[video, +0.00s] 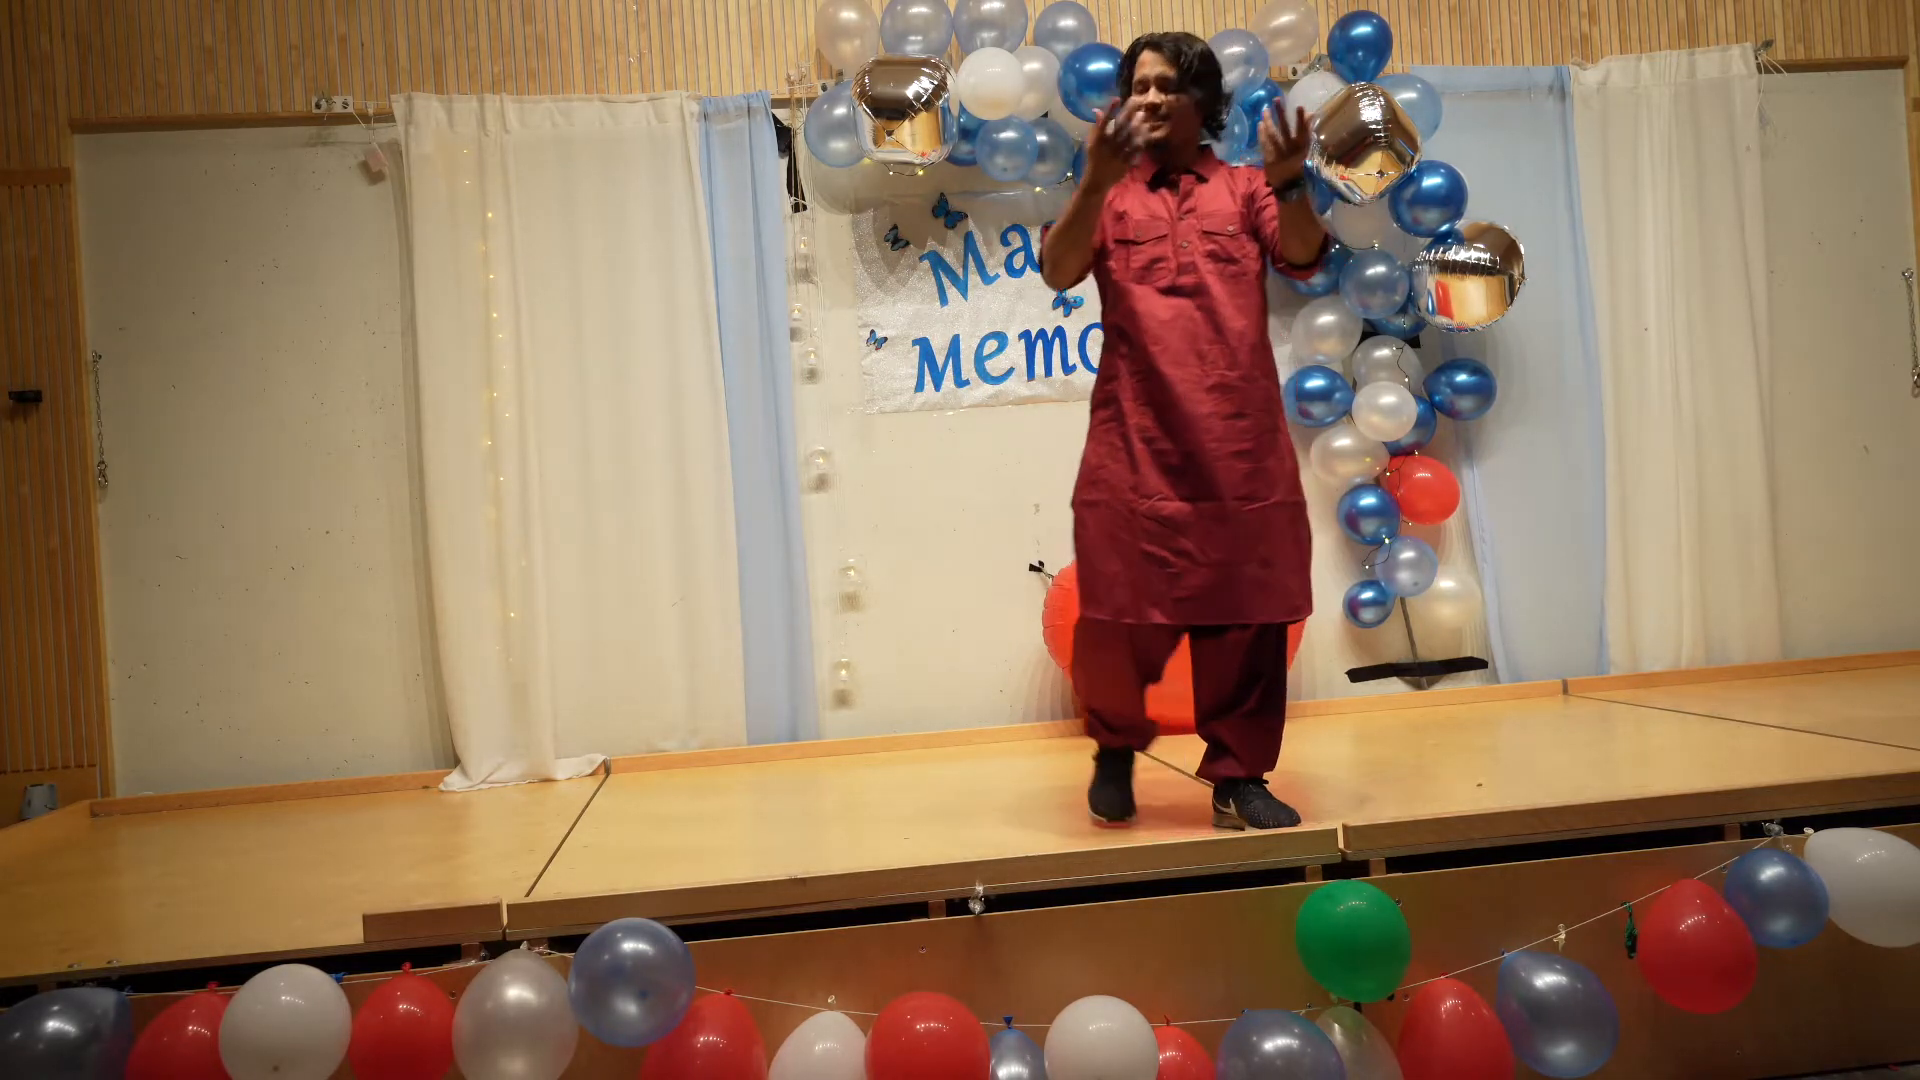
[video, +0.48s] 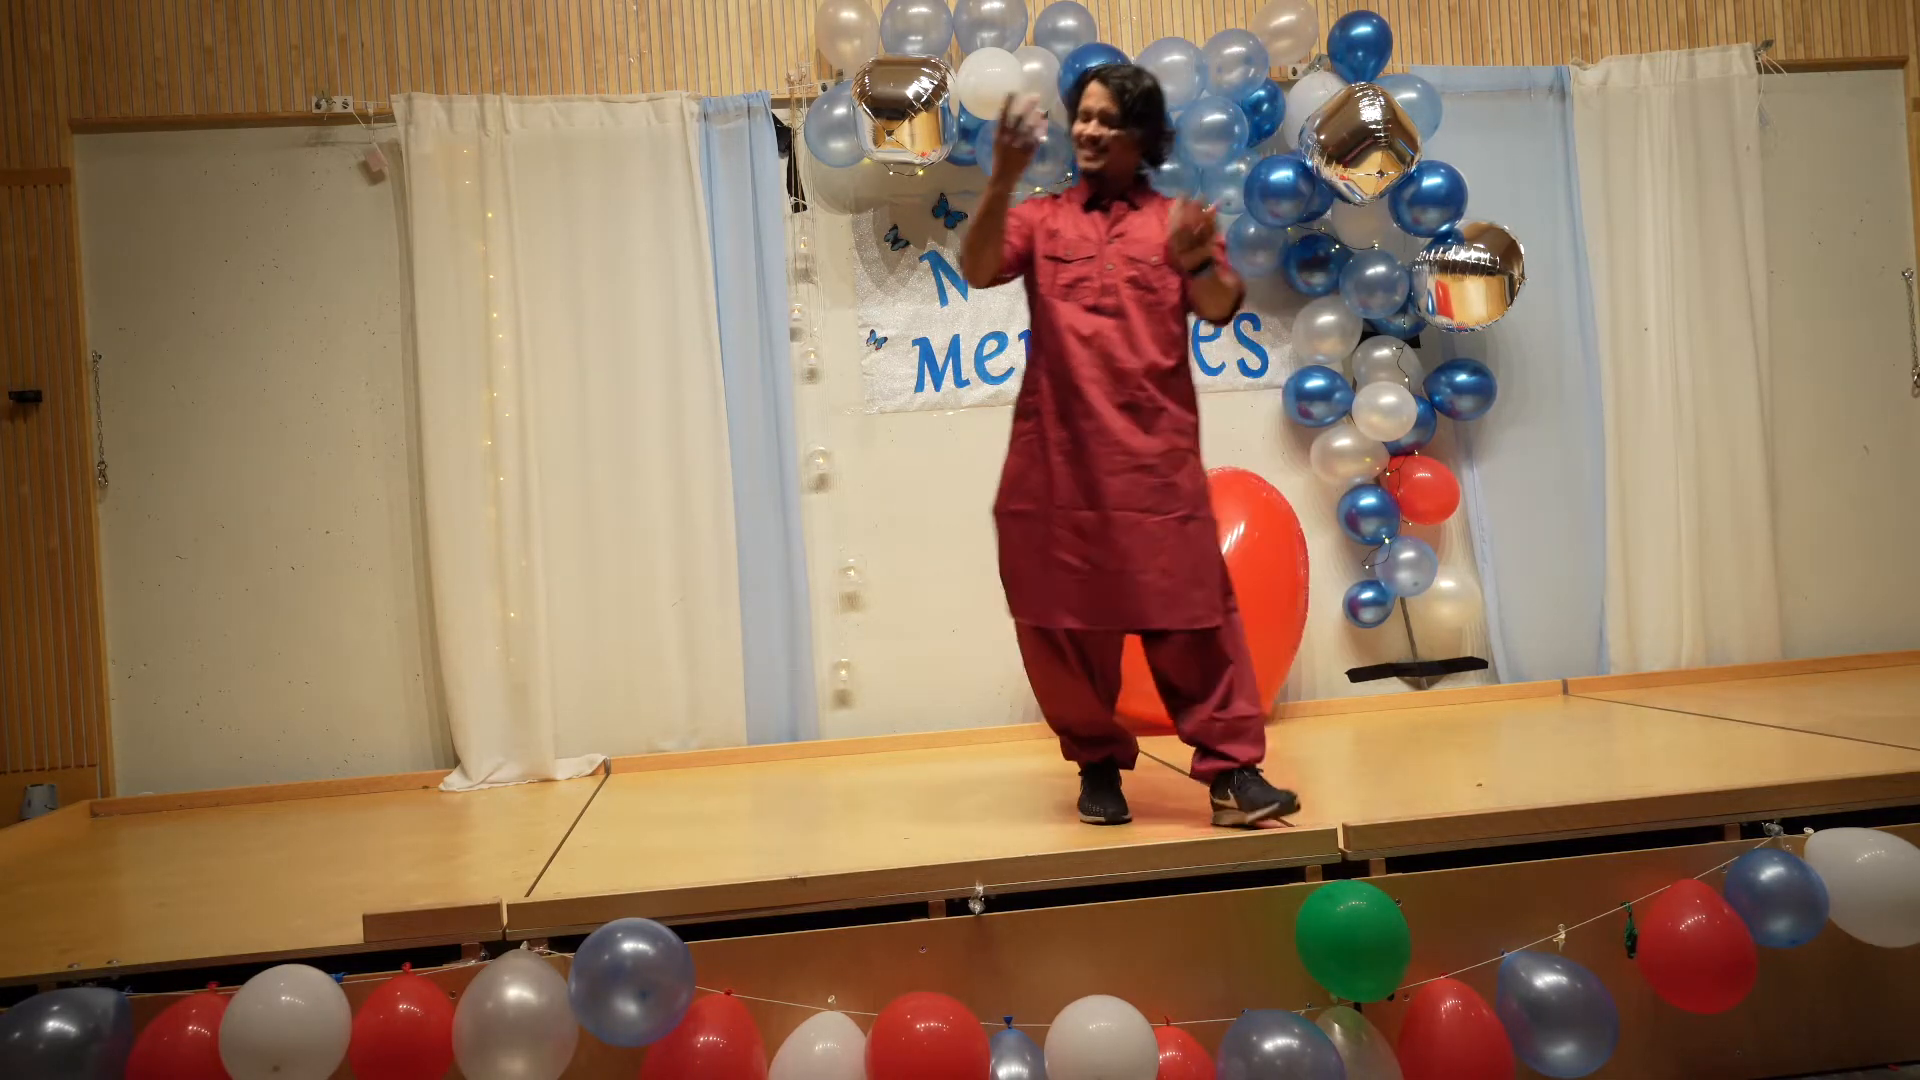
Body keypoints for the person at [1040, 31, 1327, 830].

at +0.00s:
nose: (1148, 98)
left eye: (1166, 86)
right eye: (1138, 87)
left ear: (1204, 103)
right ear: (1123, 105)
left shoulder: (1244, 184)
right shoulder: (1108, 192)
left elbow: (1304, 257)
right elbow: (1058, 270)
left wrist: (1290, 189)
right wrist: (1096, 178)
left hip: (1239, 434)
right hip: (1137, 435)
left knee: (1248, 610)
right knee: (1119, 607)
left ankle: (1240, 778)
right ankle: (1115, 749)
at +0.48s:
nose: (1089, 130)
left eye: (1106, 120)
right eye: (1083, 118)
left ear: (1144, 135)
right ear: (1071, 129)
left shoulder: (1176, 218)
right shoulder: (1042, 217)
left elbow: (1220, 309)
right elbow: (980, 269)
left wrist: (1199, 261)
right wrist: (1002, 179)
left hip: (1157, 446)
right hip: (1059, 450)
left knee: (1195, 605)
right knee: (1063, 612)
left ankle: (1234, 773)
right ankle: (1098, 768)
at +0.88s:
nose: (1044, 140)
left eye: (1060, 128)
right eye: (1034, 129)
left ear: (1096, 139)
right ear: (1024, 141)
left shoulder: (1141, 221)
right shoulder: (1006, 225)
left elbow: (1179, 306)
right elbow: (936, 248)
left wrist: (1143, 318)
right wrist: (947, 153)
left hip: (1128, 451)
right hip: (1036, 452)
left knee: (1148, 606)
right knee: (1052, 613)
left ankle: (1135, 732)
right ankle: (1093, 758)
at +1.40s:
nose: (1051, 164)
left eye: (1061, 154)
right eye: (1036, 155)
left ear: (1077, 169)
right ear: (1008, 173)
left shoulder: (1110, 247)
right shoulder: (991, 249)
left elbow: (1166, 324)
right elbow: (946, 275)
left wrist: (1173, 310)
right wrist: (994, 196)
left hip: (1113, 447)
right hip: (1035, 450)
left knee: (1117, 597)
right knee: (1055, 601)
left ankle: (1094, 737)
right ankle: (1094, 749)